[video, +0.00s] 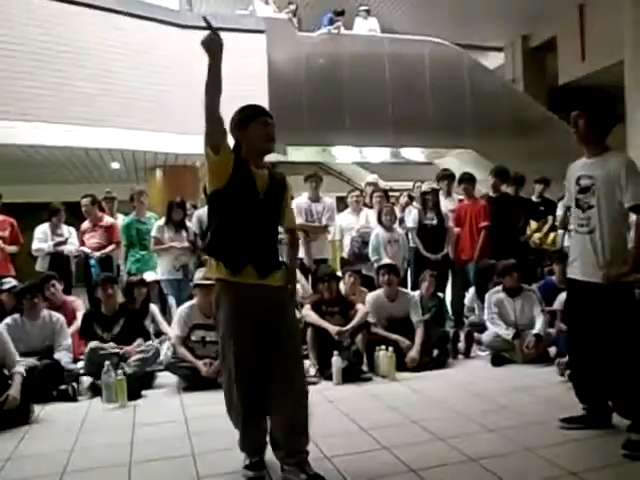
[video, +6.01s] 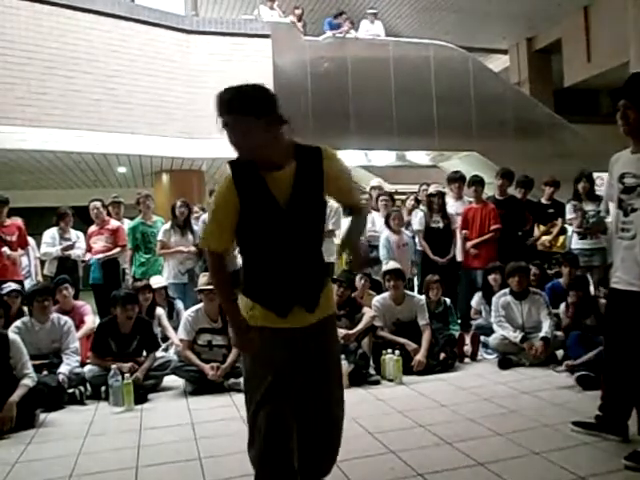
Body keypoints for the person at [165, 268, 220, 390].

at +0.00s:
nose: (208, 294)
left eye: (211, 289)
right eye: (203, 289)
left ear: (217, 291)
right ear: (195, 292)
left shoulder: (224, 311)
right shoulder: (185, 311)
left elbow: (231, 342)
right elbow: (177, 344)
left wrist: (219, 363)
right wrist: (198, 363)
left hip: (217, 359)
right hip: (193, 357)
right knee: (171, 364)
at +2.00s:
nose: (210, 293)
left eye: (213, 289)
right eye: (205, 290)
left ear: (219, 291)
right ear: (197, 292)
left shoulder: (227, 312)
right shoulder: (187, 313)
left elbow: (232, 343)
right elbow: (181, 347)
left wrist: (221, 365)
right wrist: (201, 365)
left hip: (221, 359)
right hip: (197, 359)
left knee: (248, 360)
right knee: (173, 365)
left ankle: (199, 383)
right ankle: (222, 382)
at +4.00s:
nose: (208, 293)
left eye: (211, 289)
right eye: (203, 290)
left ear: (217, 291)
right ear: (196, 293)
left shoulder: (227, 311)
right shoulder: (186, 313)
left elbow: (232, 343)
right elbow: (181, 346)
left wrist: (220, 365)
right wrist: (201, 365)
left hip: (221, 357)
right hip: (196, 358)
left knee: (245, 360)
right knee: (173, 364)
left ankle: (197, 383)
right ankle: (221, 382)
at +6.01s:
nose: (210, 296)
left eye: (213, 292)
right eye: (206, 293)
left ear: (220, 294)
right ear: (200, 296)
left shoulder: (229, 314)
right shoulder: (191, 315)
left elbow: (236, 346)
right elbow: (183, 349)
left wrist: (225, 367)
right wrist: (204, 367)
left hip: (225, 360)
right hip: (200, 360)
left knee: (244, 370)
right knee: (177, 367)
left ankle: (200, 386)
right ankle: (224, 384)